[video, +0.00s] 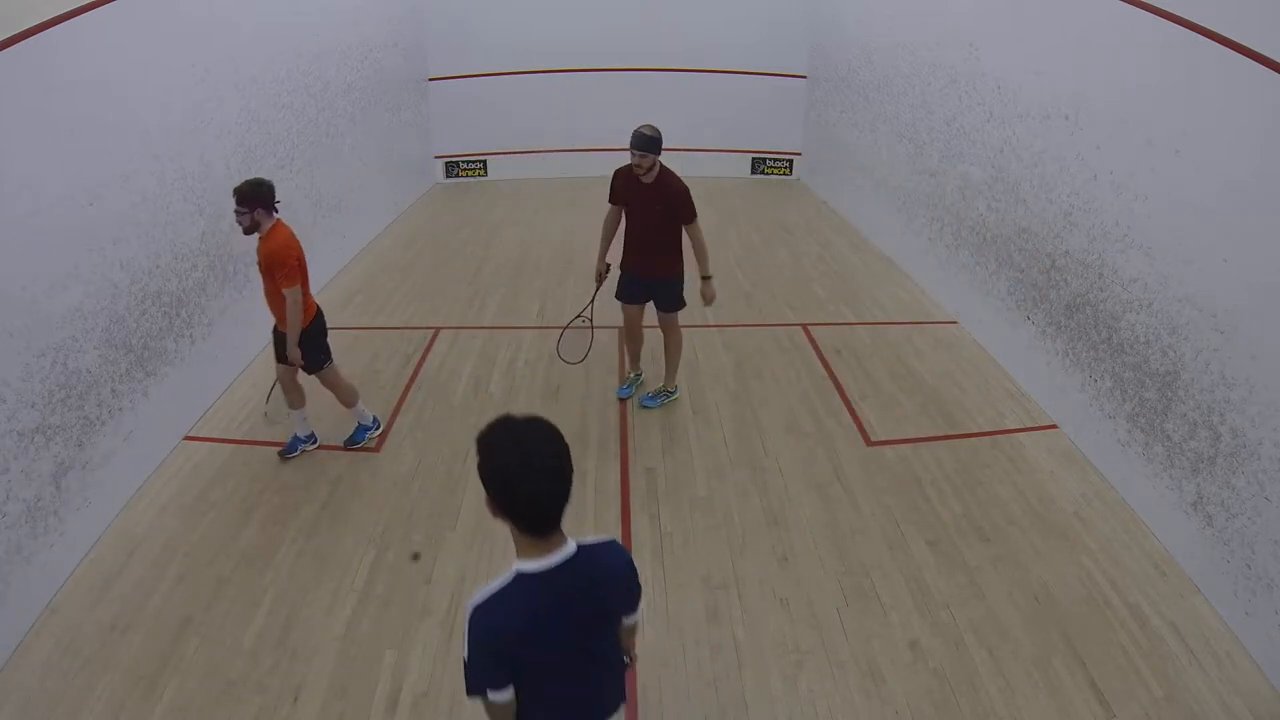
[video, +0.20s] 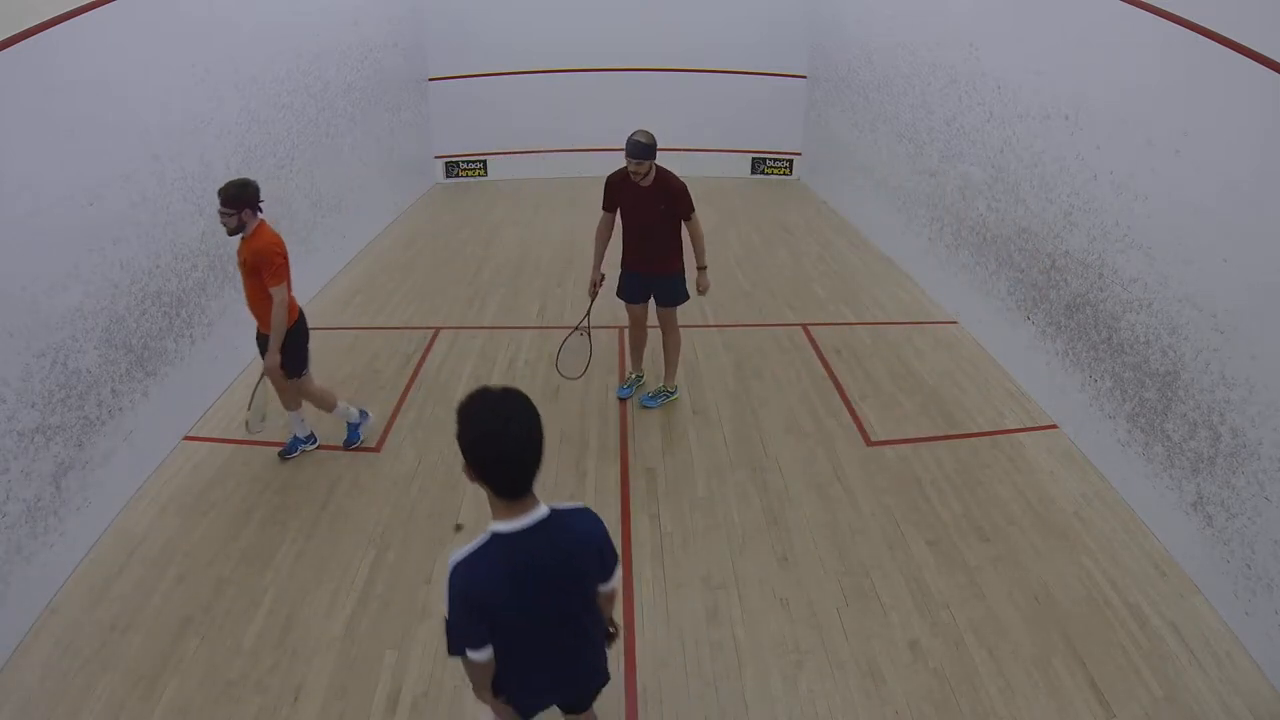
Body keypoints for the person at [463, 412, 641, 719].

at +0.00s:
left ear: (492, 507)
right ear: (568, 482)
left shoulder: (490, 614)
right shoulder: (613, 560)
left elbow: (501, 709)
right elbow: (628, 628)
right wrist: (626, 654)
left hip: (541, 712)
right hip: (609, 705)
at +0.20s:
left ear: (470, 474)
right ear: (538, 449)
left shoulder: (469, 569)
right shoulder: (584, 524)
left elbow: (480, 657)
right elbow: (607, 590)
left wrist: (484, 693)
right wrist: (603, 623)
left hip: (520, 683)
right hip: (583, 667)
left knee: (510, 708)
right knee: (581, 710)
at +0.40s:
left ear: (433, 445)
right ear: (498, 430)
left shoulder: (431, 539)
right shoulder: (541, 503)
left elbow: (444, 623)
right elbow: (572, 570)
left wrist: (461, 659)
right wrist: (580, 602)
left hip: (493, 645)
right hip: (550, 632)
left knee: (491, 669)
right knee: (566, 696)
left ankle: (489, 685)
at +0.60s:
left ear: (397, 409)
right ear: (458, 399)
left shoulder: (389, 495)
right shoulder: (497, 472)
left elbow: (400, 567)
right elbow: (532, 541)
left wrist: (421, 603)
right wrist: (550, 574)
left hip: (457, 603)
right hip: (514, 589)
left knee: (475, 646)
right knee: (545, 647)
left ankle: (489, 688)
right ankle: (568, 714)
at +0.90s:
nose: (439, 371)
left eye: (437, 363)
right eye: (437, 365)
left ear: (381, 378)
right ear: (432, 378)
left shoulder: (367, 451)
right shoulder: (464, 444)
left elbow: (367, 510)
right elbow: (501, 514)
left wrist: (392, 523)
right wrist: (522, 553)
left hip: (432, 567)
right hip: (484, 555)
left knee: (467, 626)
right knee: (501, 600)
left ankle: (488, 684)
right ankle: (509, 651)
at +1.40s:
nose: (447, 324)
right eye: (447, 318)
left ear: (397, 324)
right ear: (442, 329)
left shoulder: (375, 385)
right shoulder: (463, 385)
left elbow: (365, 454)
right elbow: (482, 456)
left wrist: (404, 498)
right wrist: (497, 496)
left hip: (418, 498)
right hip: (464, 489)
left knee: (432, 554)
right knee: (470, 534)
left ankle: (461, 619)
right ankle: (478, 581)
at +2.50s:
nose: (402, 256)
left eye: (400, 249)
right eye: (398, 251)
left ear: (363, 261)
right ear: (385, 261)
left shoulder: (348, 303)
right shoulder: (401, 308)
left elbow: (350, 353)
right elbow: (425, 367)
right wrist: (443, 405)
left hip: (380, 405)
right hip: (414, 399)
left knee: (406, 462)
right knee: (435, 448)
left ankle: (425, 521)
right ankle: (448, 499)